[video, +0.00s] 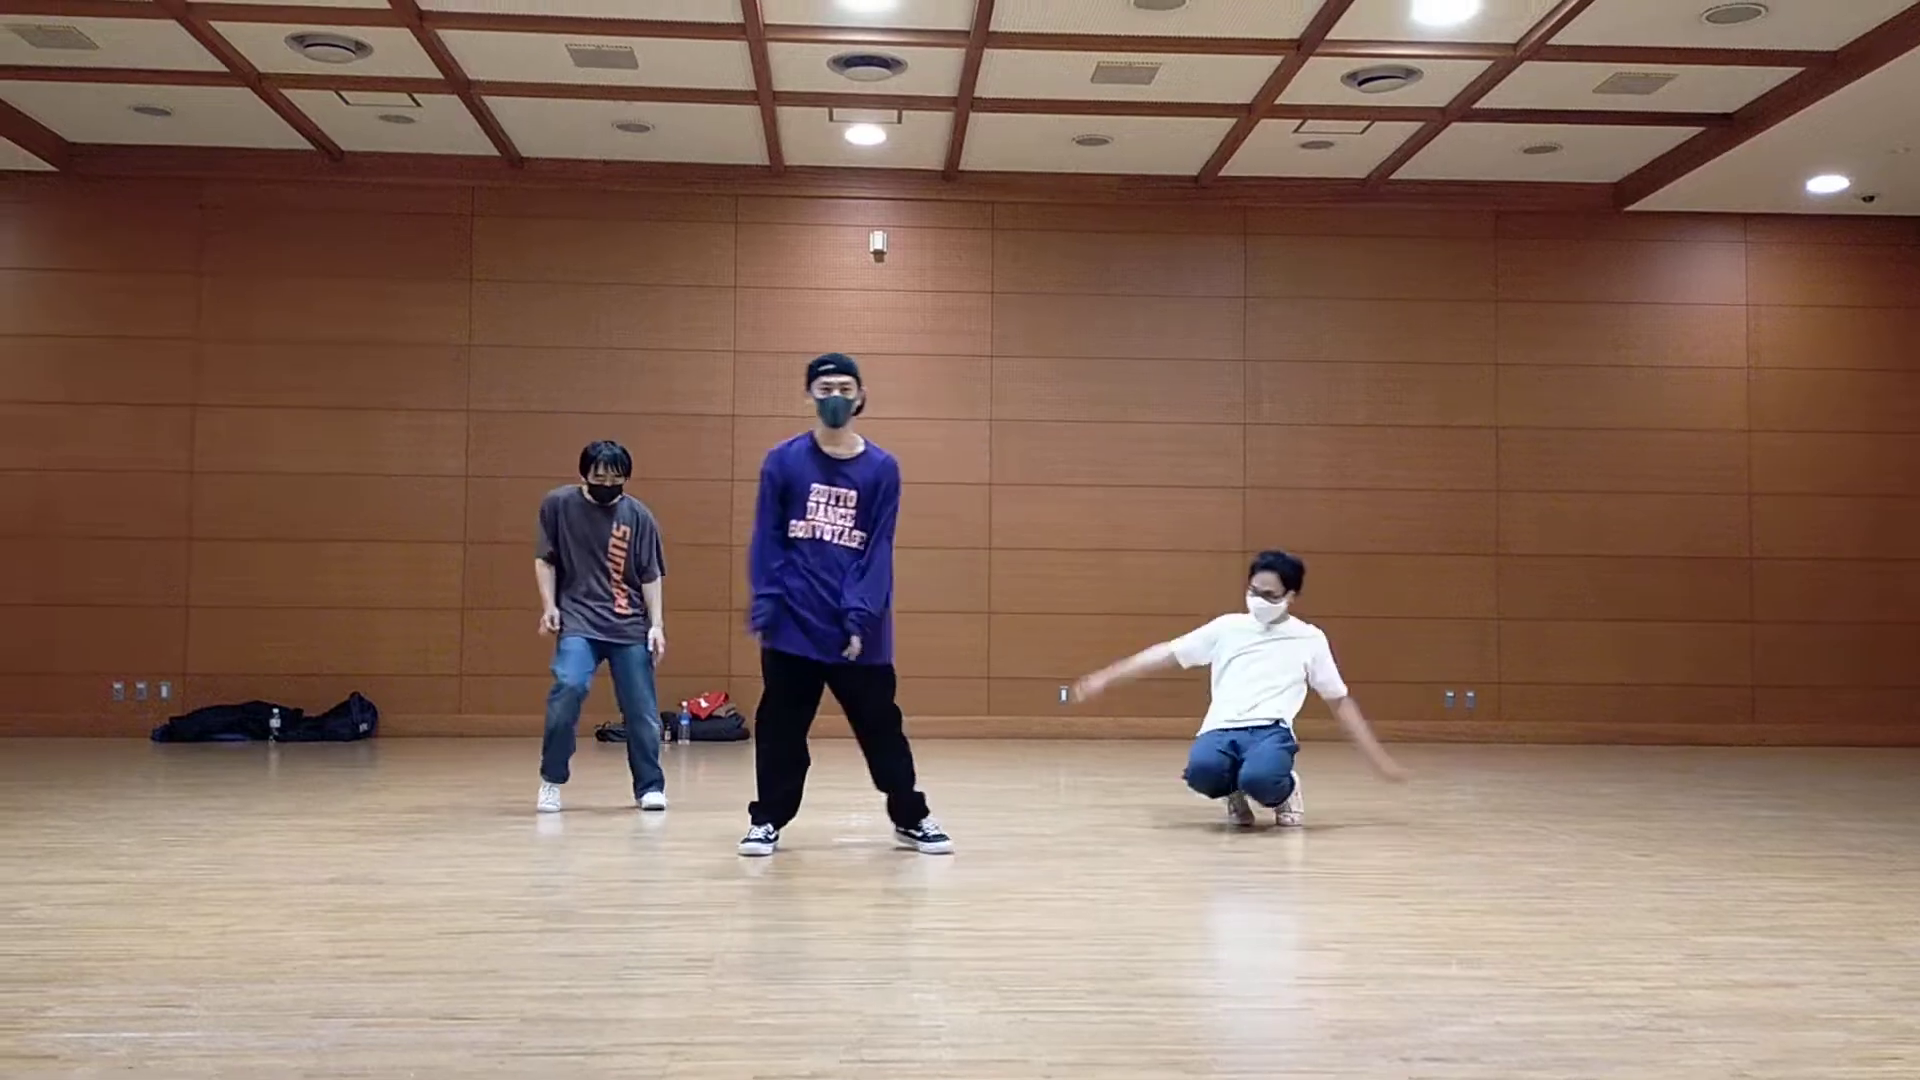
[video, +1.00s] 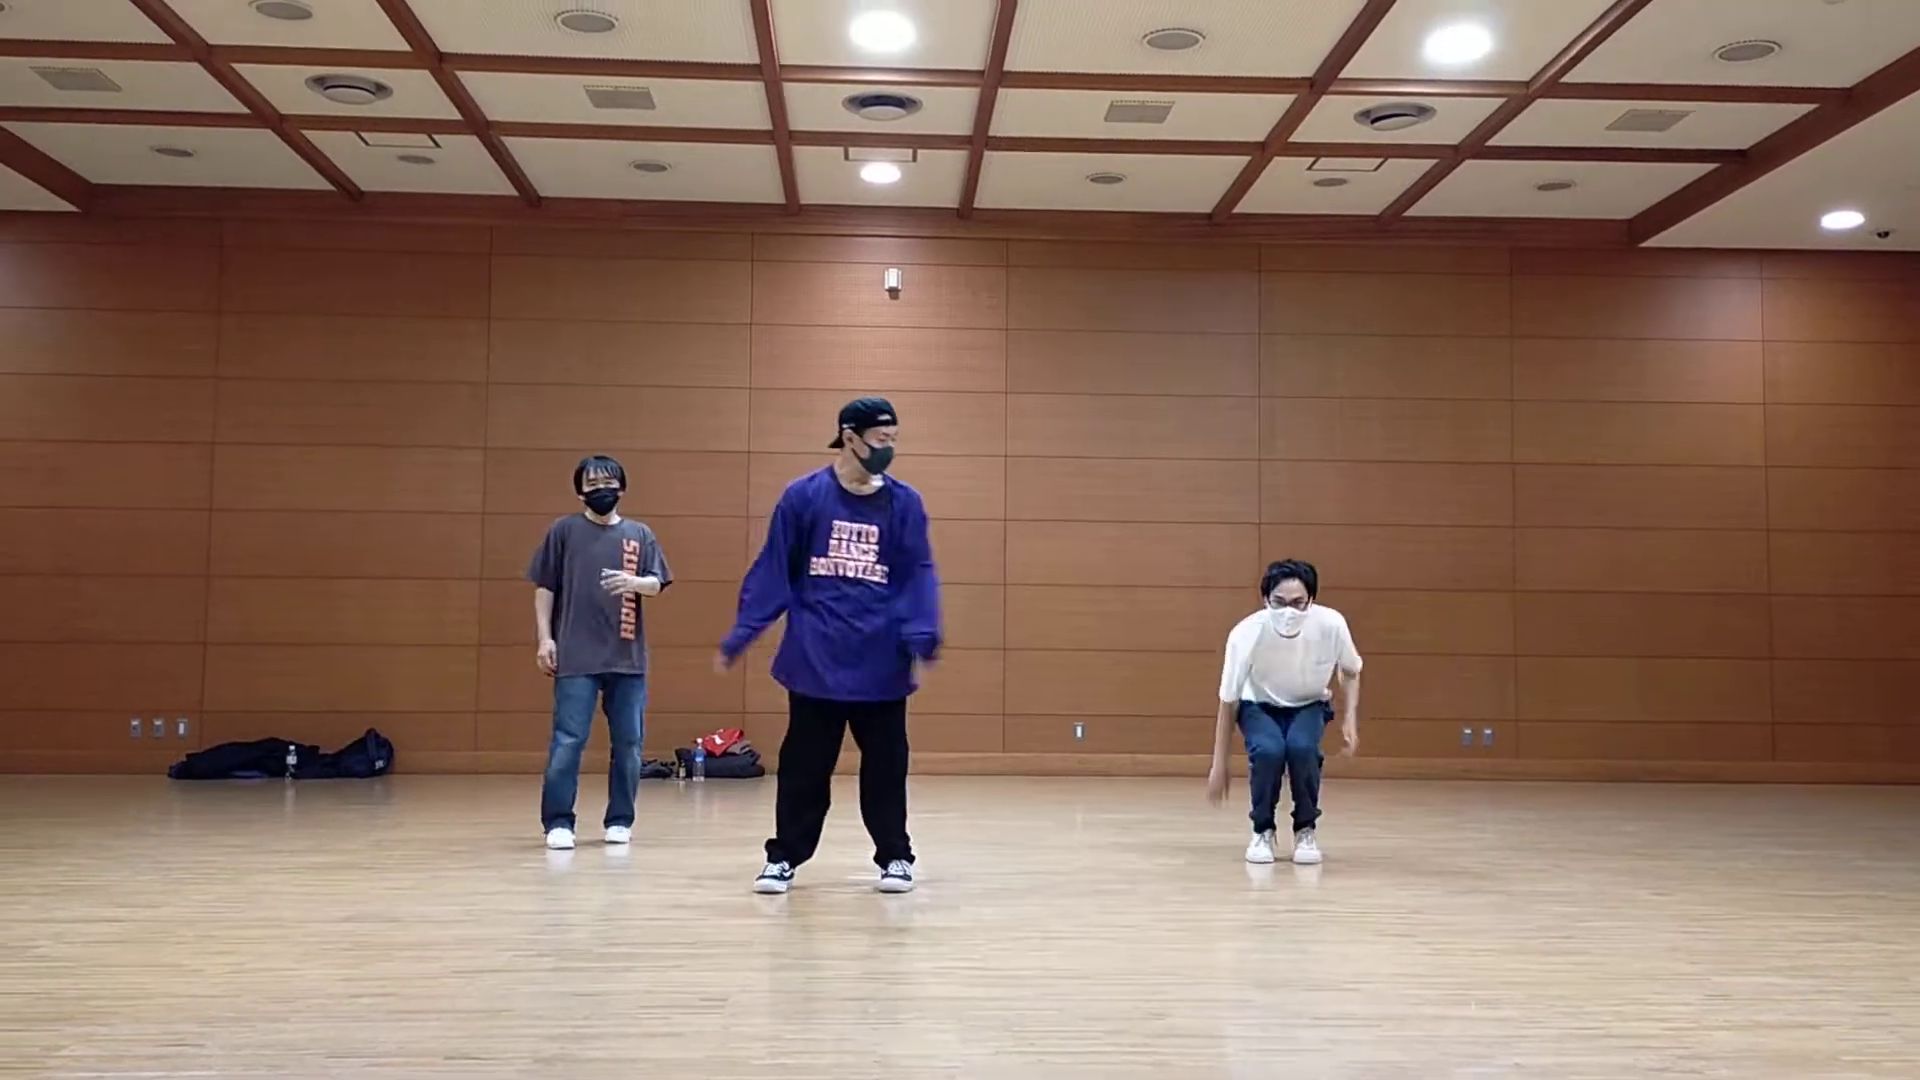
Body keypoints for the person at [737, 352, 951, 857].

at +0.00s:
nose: (834, 393)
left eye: (843, 386)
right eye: (825, 386)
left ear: (859, 395)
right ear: (810, 396)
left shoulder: (881, 468)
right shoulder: (782, 461)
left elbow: (880, 549)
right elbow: (766, 538)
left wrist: (860, 616)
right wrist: (765, 604)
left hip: (856, 622)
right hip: (793, 619)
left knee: (880, 722)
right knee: (781, 722)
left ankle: (911, 817)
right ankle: (766, 821)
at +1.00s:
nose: (890, 440)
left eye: (892, 433)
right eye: (880, 433)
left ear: (891, 441)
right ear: (849, 436)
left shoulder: (904, 503)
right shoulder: (803, 498)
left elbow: (919, 574)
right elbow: (772, 572)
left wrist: (922, 631)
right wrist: (742, 632)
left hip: (880, 657)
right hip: (816, 655)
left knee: (887, 761)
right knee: (805, 758)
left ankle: (894, 857)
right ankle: (783, 858)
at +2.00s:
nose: (880, 441)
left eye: (891, 435)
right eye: (871, 434)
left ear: (905, 449)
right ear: (856, 447)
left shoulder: (931, 514)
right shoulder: (831, 512)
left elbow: (937, 593)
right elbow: (809, 589)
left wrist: (942, 645)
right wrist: (818, 637)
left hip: (907, 671)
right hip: (846, 670)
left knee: (905, 776)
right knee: (844, 774)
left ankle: (902, 871)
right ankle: (857, 868)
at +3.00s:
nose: (896, 431)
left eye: (906, 423)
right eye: (886, 424)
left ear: (924, 435)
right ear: (871, 435)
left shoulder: (950, 491)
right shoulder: (844, 492)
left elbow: (958, 560)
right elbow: (832, 561)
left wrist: (906, 586)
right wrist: (884, 587)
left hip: (929, 663)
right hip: (863, 665)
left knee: (924, 774)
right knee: (877, 776)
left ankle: (923, 888)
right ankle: (875, 896)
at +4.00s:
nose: (853, 414)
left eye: (865, 404)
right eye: (843, 405)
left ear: (884, 412)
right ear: (827, 413)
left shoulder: (917, 478)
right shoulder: (801, 481)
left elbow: (970, 525)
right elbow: (758, 554)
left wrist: (984, 540)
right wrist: (809, 534)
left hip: (897, 658)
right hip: (822, 657)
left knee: (879, 781)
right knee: (826, 779)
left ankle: (860, 880)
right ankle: (803, 904)